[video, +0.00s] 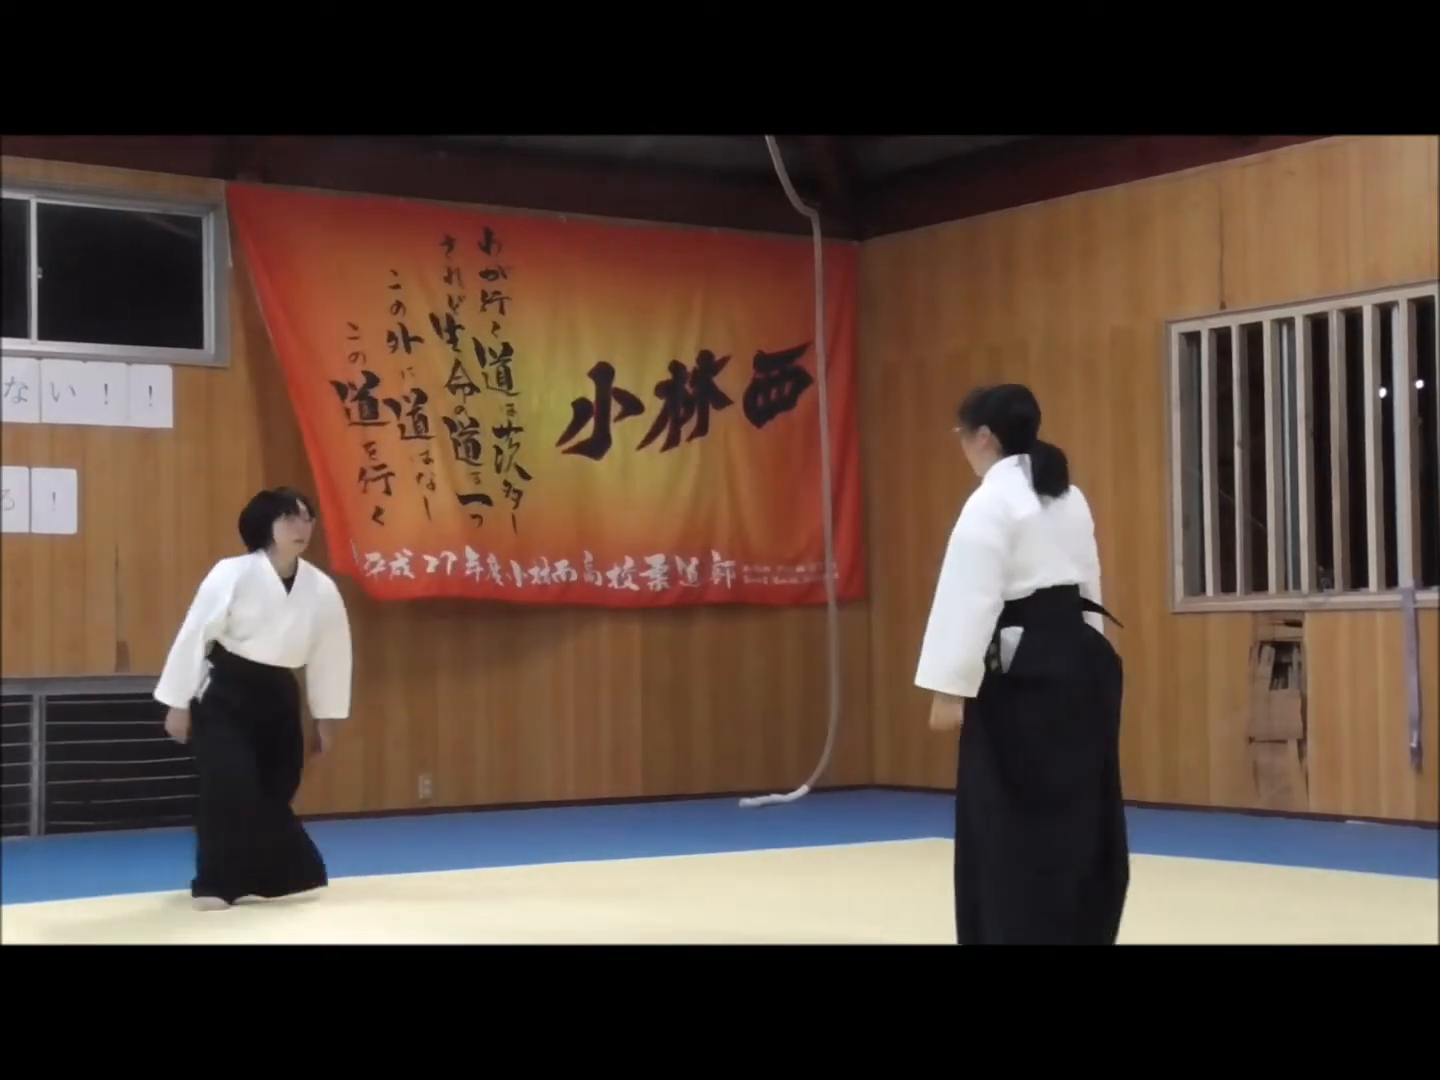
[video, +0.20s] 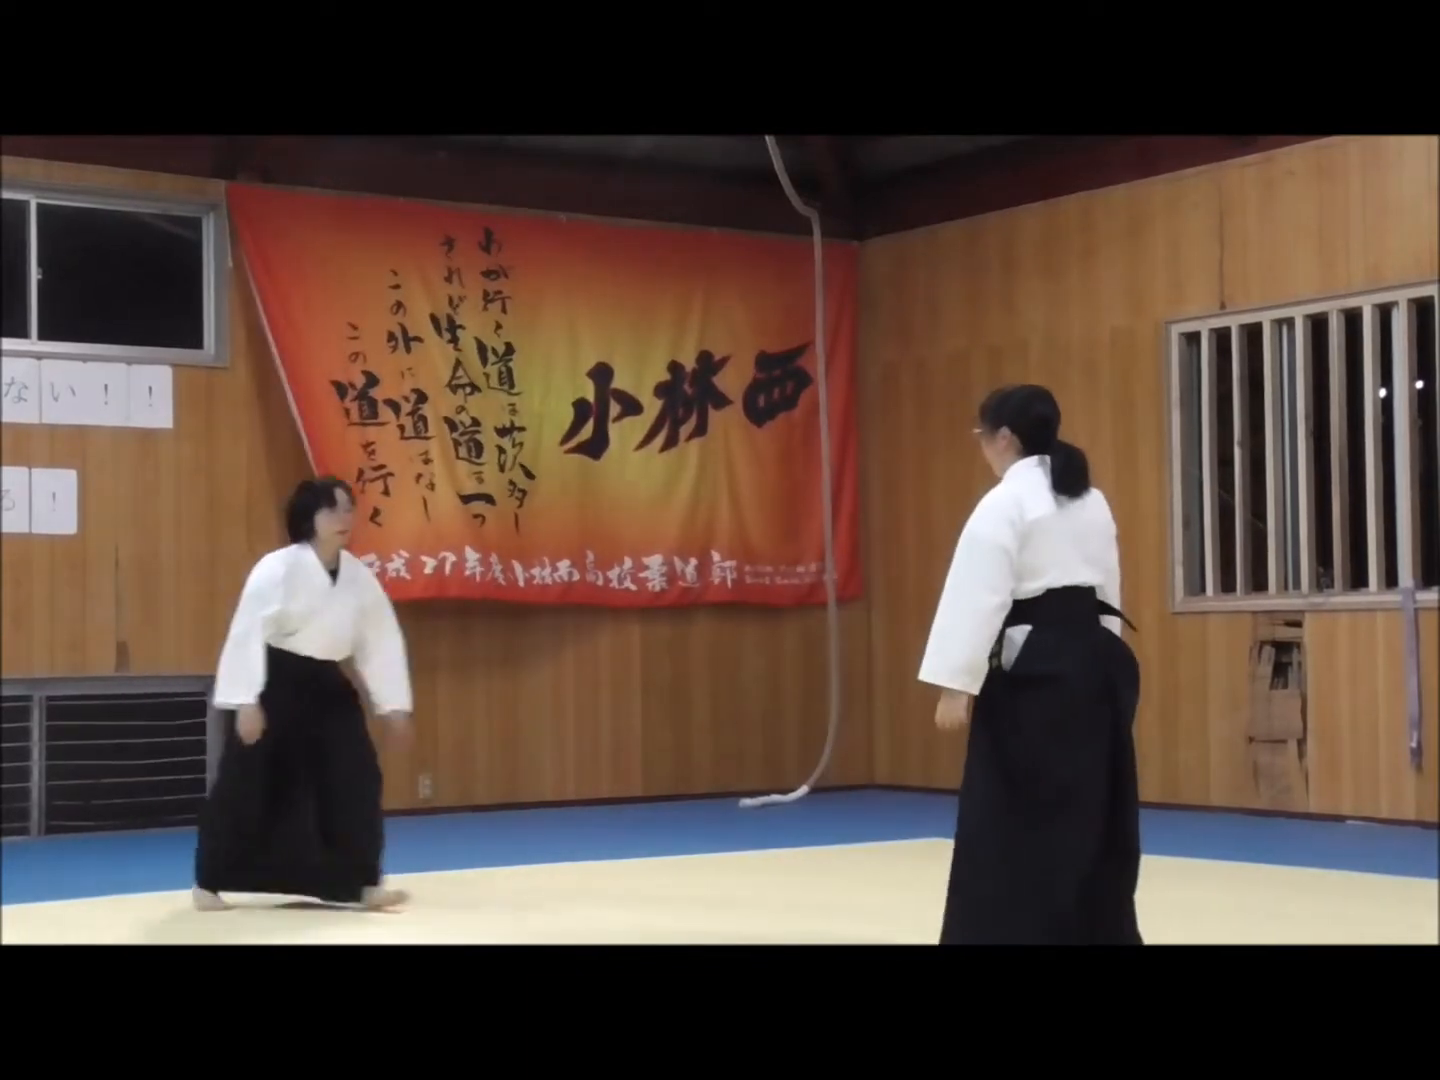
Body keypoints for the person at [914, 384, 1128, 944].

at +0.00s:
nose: (962, 448)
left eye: (964, 437)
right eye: (962, 437)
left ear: (987, 437)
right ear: (1020, 435)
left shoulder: (991, 503)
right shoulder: (1068, 493)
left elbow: (970, 597)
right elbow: (1088, 581)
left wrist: (950, 687)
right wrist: (1088, 645)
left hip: (1023, 664)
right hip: (1087, 660)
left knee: (1007, 808)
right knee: (1079, 806)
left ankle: (1015, 928)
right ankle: (1077, 928)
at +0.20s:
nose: (980, 445)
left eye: (983, 435)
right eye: (980, 435)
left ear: (1007, 437)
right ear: (1045, 435)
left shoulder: (1003, 505)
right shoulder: (1092, 499)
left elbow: (979, 597)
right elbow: (1109, 591)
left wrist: (957, 683)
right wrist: (1107, 657)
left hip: (1034, 667)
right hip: (1101, 663)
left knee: (1012, 810)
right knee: (1092, 808)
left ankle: (1011, 929)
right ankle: (1093, 930)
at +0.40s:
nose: (995, 451)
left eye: (997, 441)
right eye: (994, 441)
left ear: (1019, 442)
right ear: (1058, 439)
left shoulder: (1009, 507)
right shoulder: (1106, 505)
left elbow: (980, 598)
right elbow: (1125, 595)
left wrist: (955, 681)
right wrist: (1125, 664)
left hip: (1039, 668)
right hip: (1110, 664)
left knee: (1015, 807)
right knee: (1098, 808)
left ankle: (1009, 928)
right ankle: (1096, 929)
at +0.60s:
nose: (986, 461)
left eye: (988, 451)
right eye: (985, 451)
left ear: (1009, 450)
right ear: (1050, 446)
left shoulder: (994, 514)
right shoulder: (1098, 511)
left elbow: (963, 604)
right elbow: (1121, 602)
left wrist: (940, 684)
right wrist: (1135, 679)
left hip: (1021, 676)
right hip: (1097, 671)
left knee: (1003, 811)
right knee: (1090, 813)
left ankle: (1006, 929)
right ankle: (1090, 931)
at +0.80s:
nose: (951, 476)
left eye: (954, 465)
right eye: (951, 465)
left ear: (975, 466)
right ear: (1011, 463)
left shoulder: (956, 530)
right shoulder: (1061, 525)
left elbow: (921, 616)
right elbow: (1090, 610)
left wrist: (890, 691)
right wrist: (1106, 684)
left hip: (987, 682)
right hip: (1063, 678)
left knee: (962, 803)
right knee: (1068, 806)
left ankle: (948, 919)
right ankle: (1078, 923)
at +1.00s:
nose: (897, 477)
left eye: (899, 467)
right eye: (897, 467)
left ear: (917, 469)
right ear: (956, 466)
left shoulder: (903, 533)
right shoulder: (1004, 526)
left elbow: (865, 613)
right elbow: (1021, 608)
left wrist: (831, 685)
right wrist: (1034, 668)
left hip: (935, 675)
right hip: (1009, 669)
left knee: (934, 802)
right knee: (1029, 791)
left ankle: (940, 927)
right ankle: (1069, 907)